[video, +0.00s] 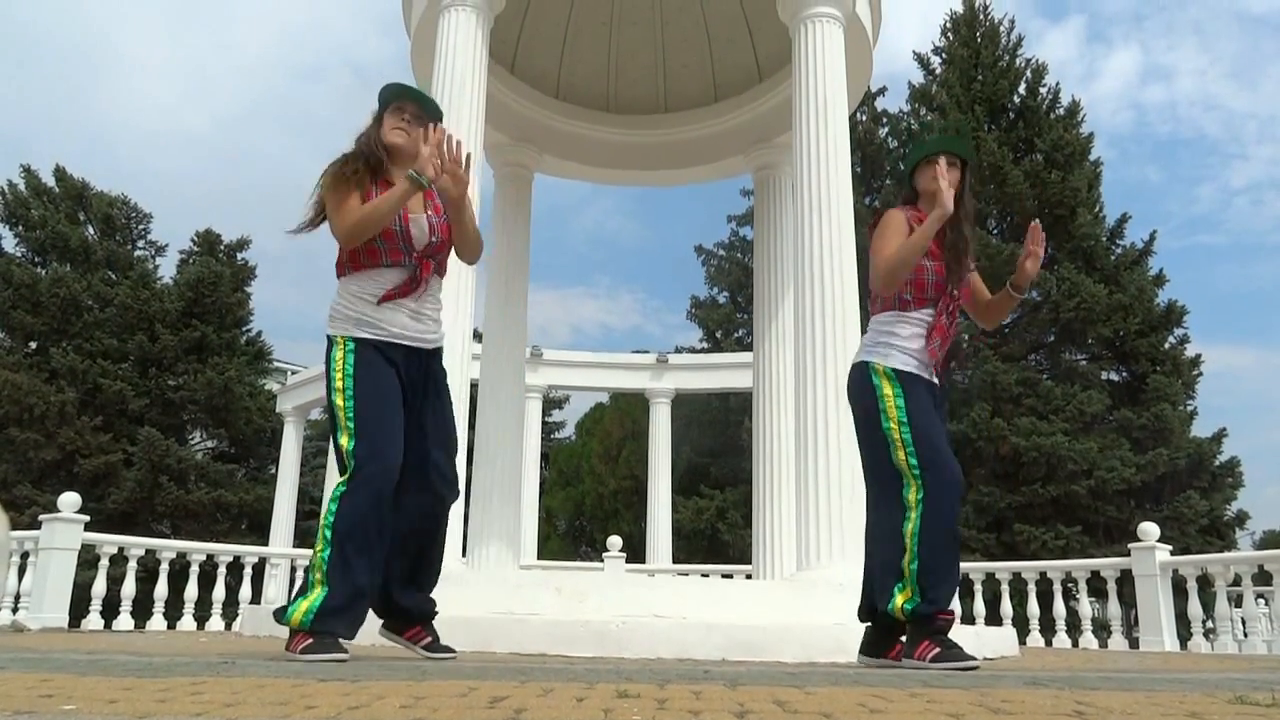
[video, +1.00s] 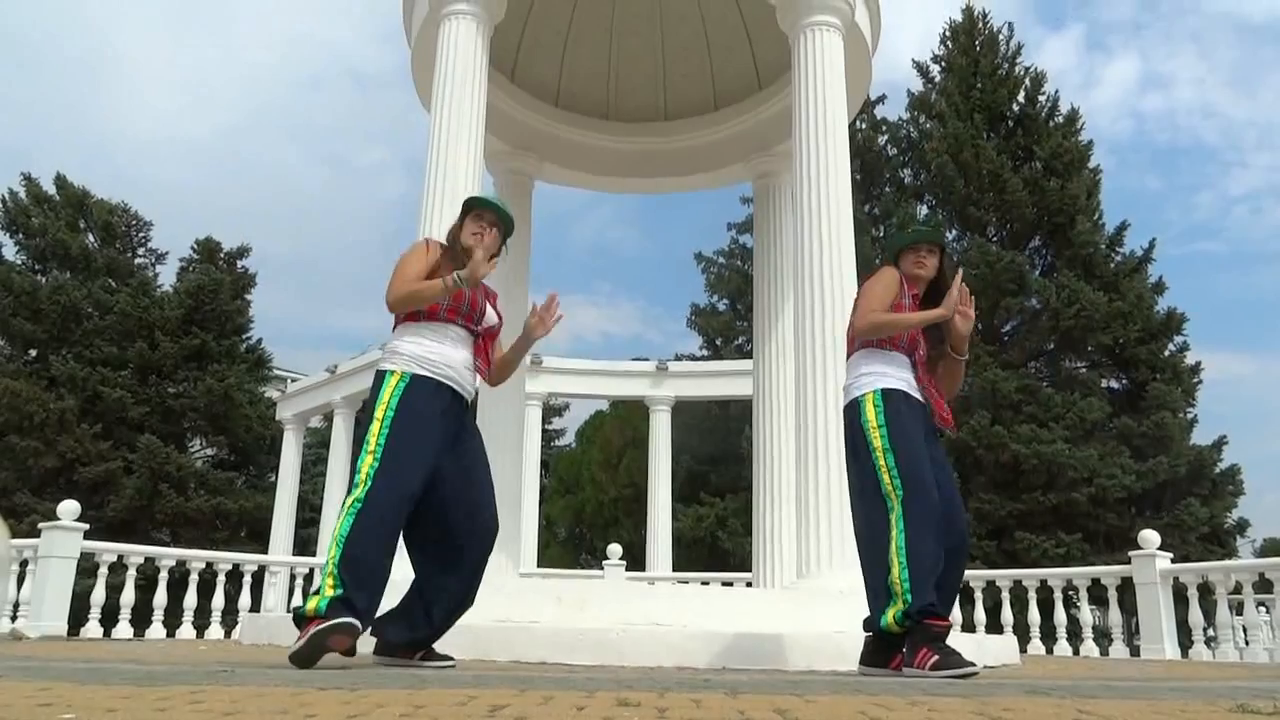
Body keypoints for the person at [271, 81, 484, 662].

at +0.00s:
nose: (406, 126)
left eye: (418, 123)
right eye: (398, 116)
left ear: (433, 139)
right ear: (376, 124)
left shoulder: (441, 188)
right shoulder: (350, 173)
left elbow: (470, 252)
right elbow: (349, 231)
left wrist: (456, 196)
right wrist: (412, 182)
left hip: (424, 351)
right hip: (363, 343)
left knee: (434, 480)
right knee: (372, 471)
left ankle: (405, 612)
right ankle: (318, 625)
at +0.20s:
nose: (422, 150)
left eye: (434, 147)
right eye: (414, 140)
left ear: (446, 167)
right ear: (395, 150)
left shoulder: (452, 224)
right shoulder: (362, 203)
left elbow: (491, 299)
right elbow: (309, 276)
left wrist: (526, 253)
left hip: (429, 368)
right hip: (368, 353)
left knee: (439, 495)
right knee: (355, 479)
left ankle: (400, 624)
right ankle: (317, 628)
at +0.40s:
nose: (441, 178)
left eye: (453, 176)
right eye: (433, 169)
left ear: (464, 194)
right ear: (414, 176)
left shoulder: (466, 243)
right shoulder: (382, 216)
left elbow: (475, 321)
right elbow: (370, 279)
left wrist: (479, 268)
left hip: (439, 377)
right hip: (383, 364)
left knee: (455, 504)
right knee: (368, 492)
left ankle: (401, 627)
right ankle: (316, 630)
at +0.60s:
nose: (453, 203)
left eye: (466, 200)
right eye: (447, 194)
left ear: (476, 216)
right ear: (434, 199)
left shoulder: (477, 269)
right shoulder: (405, 224)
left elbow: (485, 335)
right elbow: (379, 279)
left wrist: (511, 291)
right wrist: (434, 249)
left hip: (450, 388)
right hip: (396, 373)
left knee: (464, 515)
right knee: (374, 494)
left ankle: (404, 634)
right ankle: (319, 625)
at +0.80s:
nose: (473, 225)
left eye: (484, 224)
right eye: (468, 215)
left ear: (490, 243)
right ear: (448, 221)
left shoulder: (486, 302)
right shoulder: (412, 260)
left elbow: (476, 378)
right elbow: (361, 324)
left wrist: (526, 368)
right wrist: (365, 279)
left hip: (454, 418)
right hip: (403, 394)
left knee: (474, 525)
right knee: (382, 502)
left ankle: (403, 637)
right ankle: (322, 628)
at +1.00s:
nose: (484, 234)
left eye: (494, 232)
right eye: (479, 224)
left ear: (499, 248)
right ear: (460, 226)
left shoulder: (489, 303)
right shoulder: (429, 252)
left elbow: (495, 374)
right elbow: (397, 299)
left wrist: (527, 338)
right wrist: (461, 278)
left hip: (457, 405)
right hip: (409, 381)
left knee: (474, 524)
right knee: (380, 493)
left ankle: (405, 637)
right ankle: (334, 612)